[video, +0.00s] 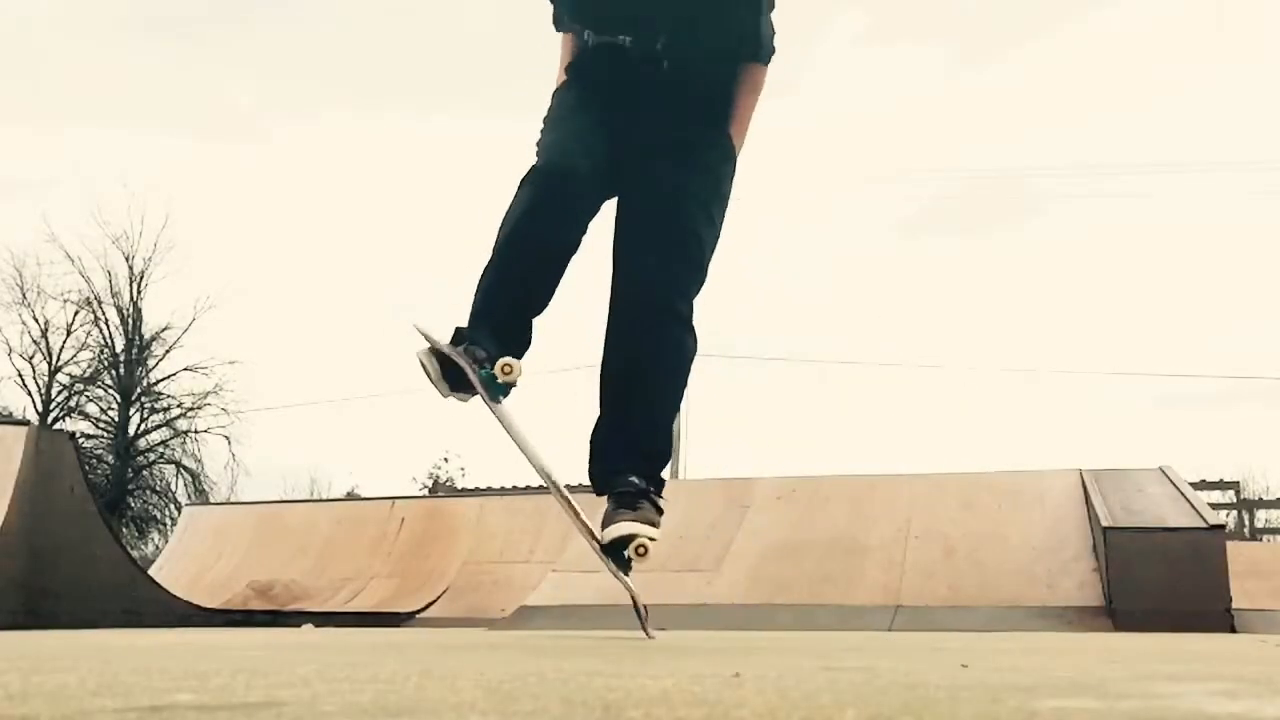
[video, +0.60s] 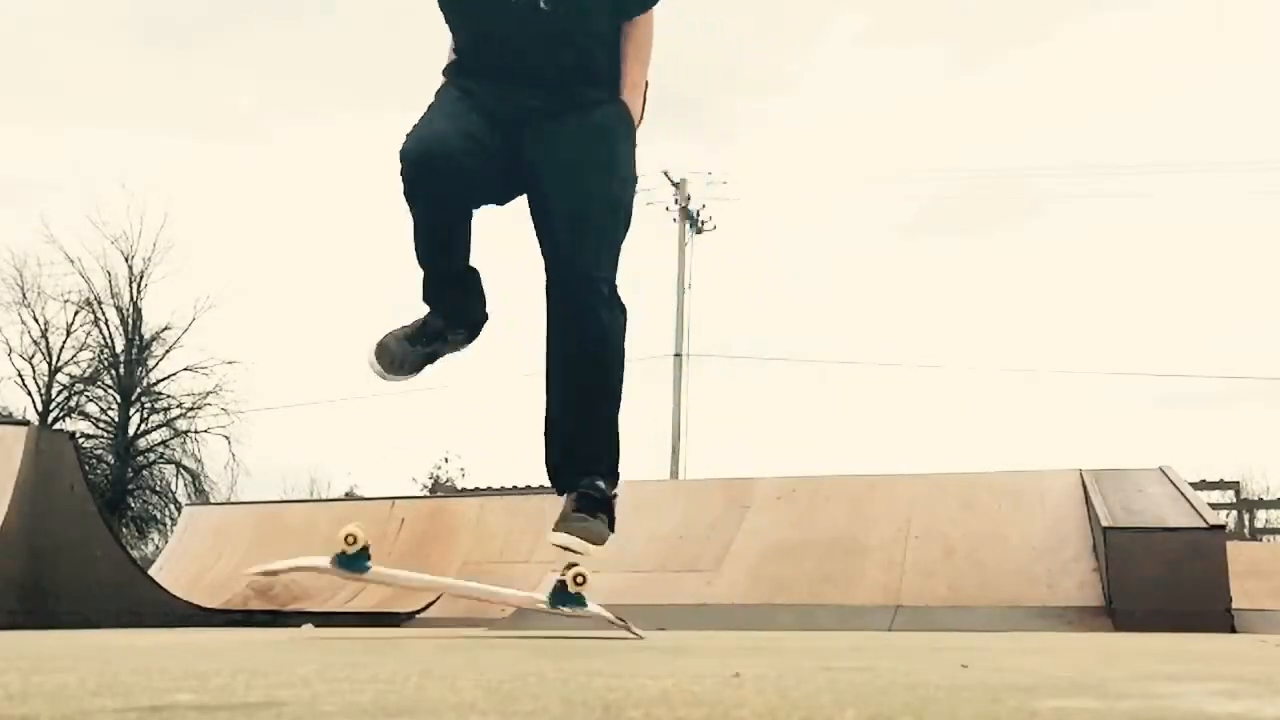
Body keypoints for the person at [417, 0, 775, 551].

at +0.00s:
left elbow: (756, 43)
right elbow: (571, 22)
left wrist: (731, 141)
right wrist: (567, 86)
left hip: (698, 83)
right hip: (603, 66)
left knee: (659, 292)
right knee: (559, 179)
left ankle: (633, 481)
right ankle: (488, 345)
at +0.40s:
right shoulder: (515, 3)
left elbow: (701, 51)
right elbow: (522, 56)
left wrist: (689, 163)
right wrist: (518, 135)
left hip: (646, 124)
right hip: (551, 118)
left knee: (622, 320)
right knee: (519, 195)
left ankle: (610, 493)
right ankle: (477, 356)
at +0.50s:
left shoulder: (664, 8)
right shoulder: (495, 4)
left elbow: (673, 46)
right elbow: (499, 53)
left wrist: (663, 154)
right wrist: (489, 136)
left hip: (622, 128)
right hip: (523, 122)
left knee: (606, 318)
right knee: (480, 213)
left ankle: (599, 496)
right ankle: (459, 368)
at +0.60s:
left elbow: (637, 14)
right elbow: (464, 34)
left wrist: (625, 117)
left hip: (583, 100)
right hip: (481, 90)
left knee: (584, 290)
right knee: (429, 158)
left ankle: (589, 486)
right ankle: (454, 313)